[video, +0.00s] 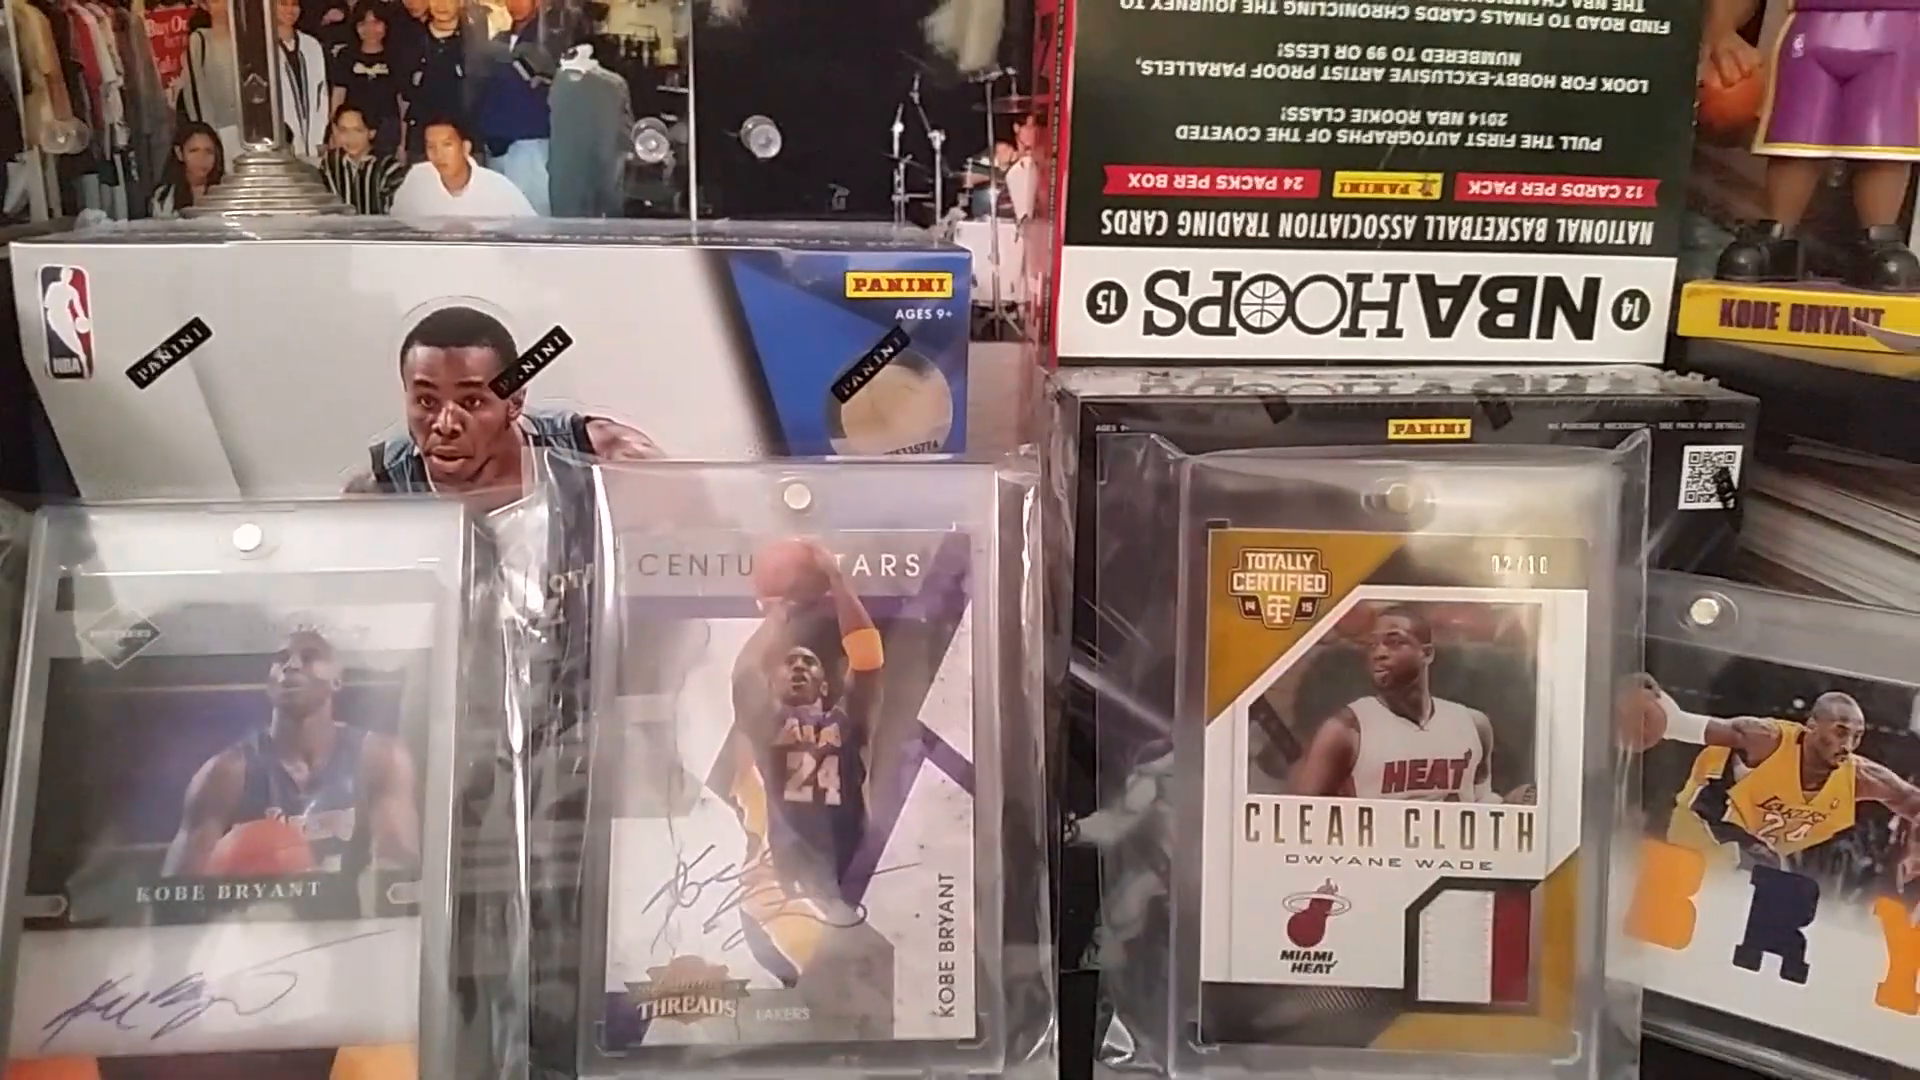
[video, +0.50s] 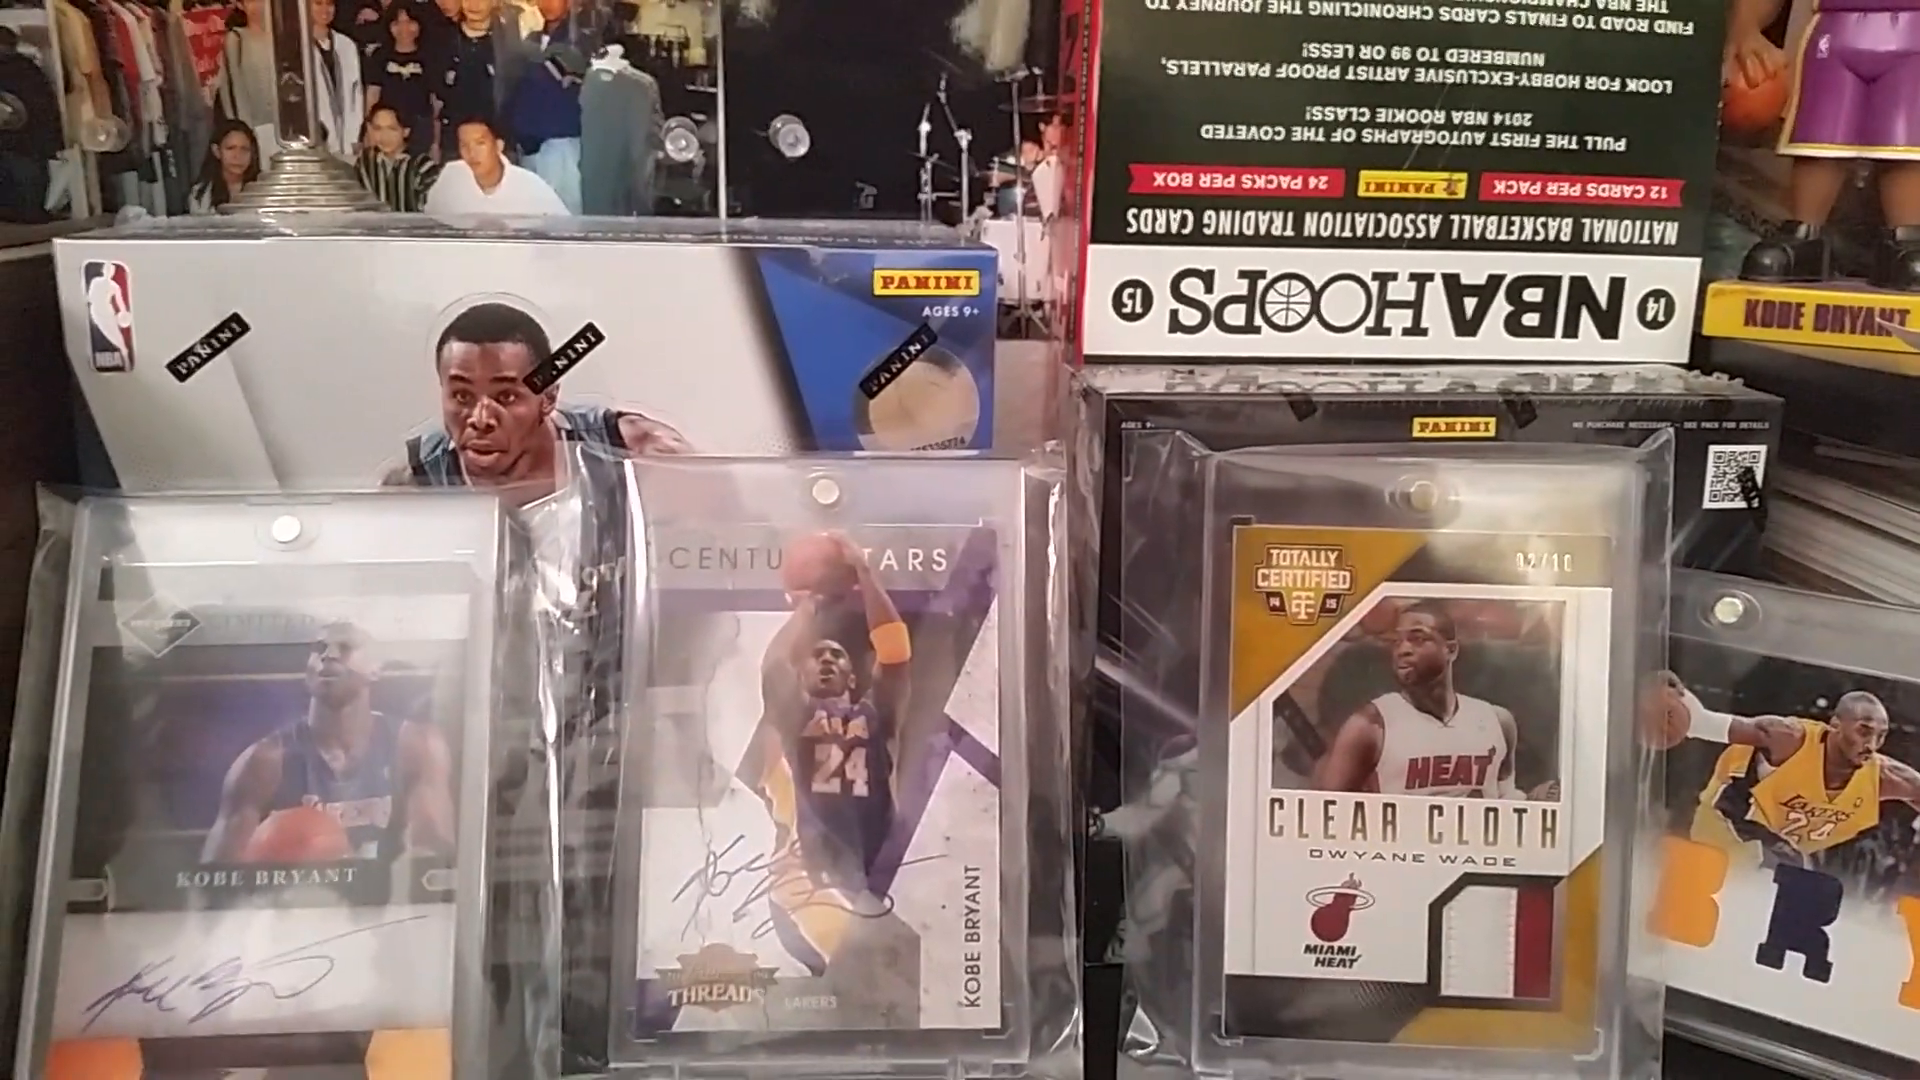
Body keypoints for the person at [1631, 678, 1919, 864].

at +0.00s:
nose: (1846, 744)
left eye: (1854, 736)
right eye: (1839, 731)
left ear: (1860, 738)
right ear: (1811, 725)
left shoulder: (1864, 777)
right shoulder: (1766, 739)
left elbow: (1913, 804)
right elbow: (1679, 722)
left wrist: (1911, 853)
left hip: (1763, 852)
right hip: (1709, 820)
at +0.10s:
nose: (1846, 743)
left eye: (1854, 735)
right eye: (1839, 731)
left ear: (1860, 736)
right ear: (1811, 725)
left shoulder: (1865, 776)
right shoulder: (1767, 737)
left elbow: (1914, 803)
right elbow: (1677, 721)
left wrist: (1912, 849)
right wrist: (1646, 701)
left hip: (1761, 851)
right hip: (1706, 819)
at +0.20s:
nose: (1858, 745)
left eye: (1866, 736)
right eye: (1851, 731)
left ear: (1872, 739)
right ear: (1823, 725)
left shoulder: (1879, 778)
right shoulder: (1775, 738)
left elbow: (1916, 804)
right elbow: (1687, 723)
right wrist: (1657, 701)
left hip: (1768, 845)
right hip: (1713, 818)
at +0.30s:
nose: (1860, 745)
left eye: (1868, 736)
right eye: (1852, 732)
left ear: (1874, 739)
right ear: (1824, 726)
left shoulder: (1880, 779)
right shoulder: (1776, 739)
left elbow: (1917, 805)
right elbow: (1688, 724)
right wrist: (1653, 705)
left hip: (1770, 845)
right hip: (1716, 818)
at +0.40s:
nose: (1862, 744)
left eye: (1870, 736)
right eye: (1855, 731)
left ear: (1876, 738)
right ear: (1827, 725)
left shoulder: (1884, 779)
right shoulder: (1780, 739)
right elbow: (1692, 722)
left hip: (1778, 847)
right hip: (1720, 819)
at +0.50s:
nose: (1872, 744)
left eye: (1880, 736)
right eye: (1864, 731)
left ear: (1885, 738)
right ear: (1835, 725)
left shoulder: (1892, 779)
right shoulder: (1787, 737)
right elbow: (1699, 722)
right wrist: (1674, 698)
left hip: (1786, 844)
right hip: (1726, 816)